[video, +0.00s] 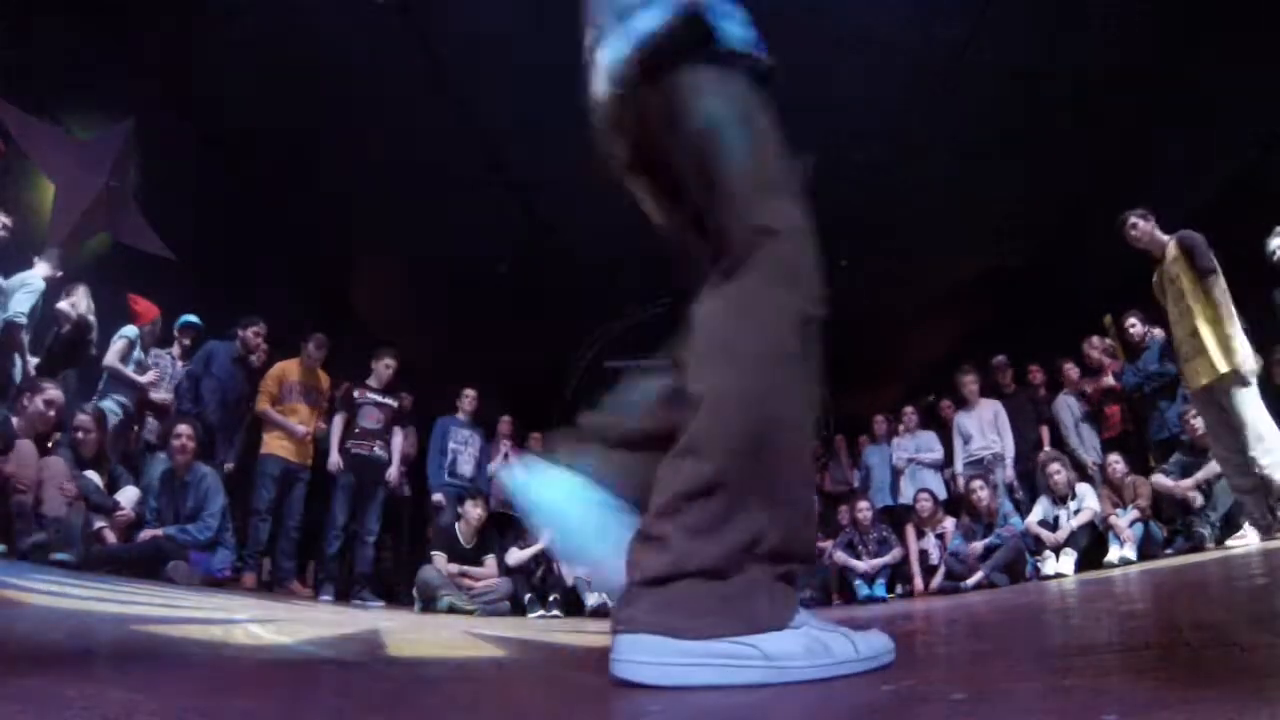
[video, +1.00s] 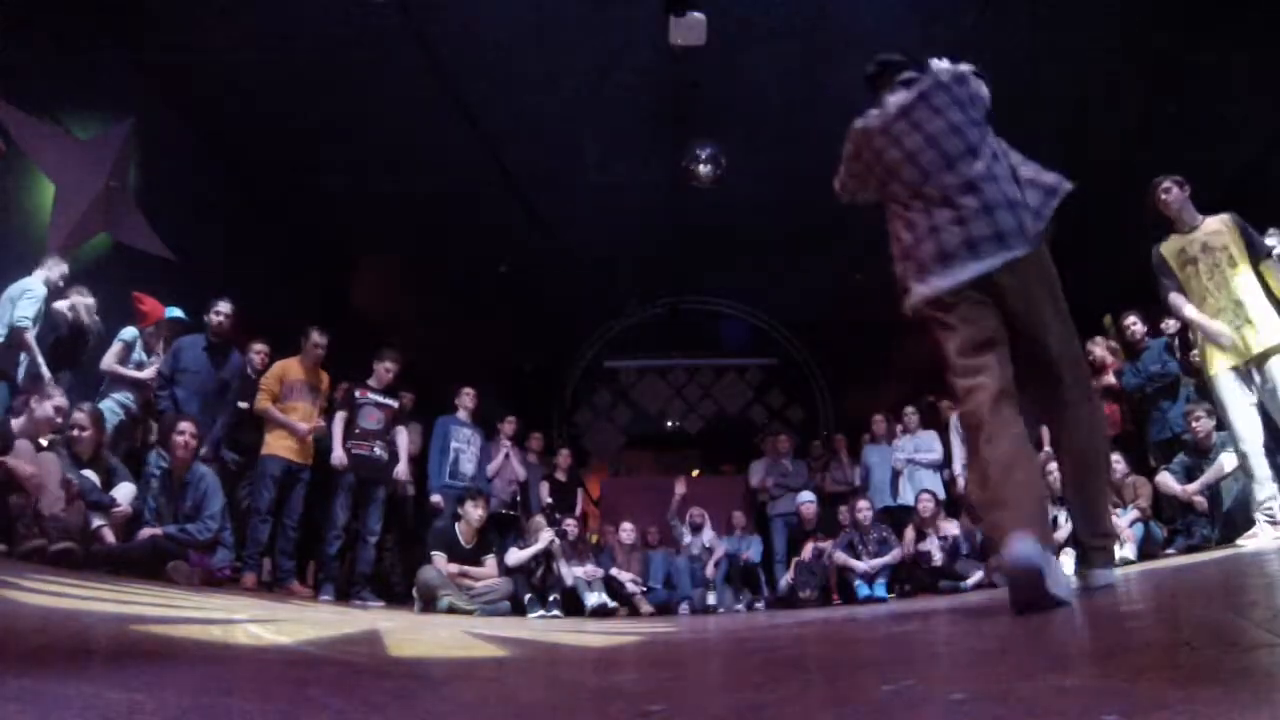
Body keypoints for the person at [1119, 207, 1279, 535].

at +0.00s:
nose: (1133, 234)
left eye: (1135, 225)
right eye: (1128, 233)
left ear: (1151, 220)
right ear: (1131, 243)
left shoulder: (1187, 243)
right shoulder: (1158, 280)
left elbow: (1218, 296)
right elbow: (1179, 326)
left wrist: (1238, 351)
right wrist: (1188, 374)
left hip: (1226, 362)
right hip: (1197, 377)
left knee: (1262, 448)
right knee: (1230, 457)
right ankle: (1261, 523)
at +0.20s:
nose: (1132, 238)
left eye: (1132, 229)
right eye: (1126, 238)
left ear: (1148, 223)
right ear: (1129, 247)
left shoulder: (1187, 241)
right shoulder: (1158, 282)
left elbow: (1208, 289)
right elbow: (1178, 324)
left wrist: (1197, 342)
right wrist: (1186, 365)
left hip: (1229, 354)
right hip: (1198, 371)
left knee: (1263, 439)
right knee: (1225, 452)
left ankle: (1275, 513)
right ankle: (1257, 520)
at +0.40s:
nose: (1139, 221)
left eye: (1141, 213)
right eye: (1133, 221)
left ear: (1158, 213)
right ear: (1136, 234)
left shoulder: (1194, 233)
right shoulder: (1155, 278)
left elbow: (1219, 278)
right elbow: (1179, 322)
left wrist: (1193, 327)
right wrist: (1187, 368)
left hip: (1240, 346)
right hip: (1205, 362)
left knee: (1272, 432)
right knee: (1230, 445)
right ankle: (1256, 520)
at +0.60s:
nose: (1149, 219)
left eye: (1152, 211)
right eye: (1144, 218)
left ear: (1168, 209)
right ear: (1145, 229)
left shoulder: (1210, 230)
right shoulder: (1161, 275)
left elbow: (1240, 272)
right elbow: (1162, 330)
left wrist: (1244, 321)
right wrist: (1160, 384)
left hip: (1253, 339)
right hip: (1213, 356)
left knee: (1277, 417)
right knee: (1232, 442)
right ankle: (1253, 520)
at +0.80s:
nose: (1159, 208)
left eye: (1163, 200)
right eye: (1154, 205)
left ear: (1181, 200)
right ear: (1155, 217)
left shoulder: (1225, 229)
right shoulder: (1165, 267)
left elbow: (1264, 271)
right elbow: (1167, 320)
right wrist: (1168, 368)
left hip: (1266, 338)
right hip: (1223, 357)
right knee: (1245, 441)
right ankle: (1266, 518)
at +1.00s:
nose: (1164, 197)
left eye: (1168, 190)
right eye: (1158, 196)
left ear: (1186, 191)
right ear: (1159, 209)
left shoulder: (1230, 223)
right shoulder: (1164, 251)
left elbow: (1268, 263)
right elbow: (1175, 300)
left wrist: (1277, 303)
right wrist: (1210, 326)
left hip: (1263, 333)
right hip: (1218, 350)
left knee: (1278, 419)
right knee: (1247, 436)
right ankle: (1268, 517)